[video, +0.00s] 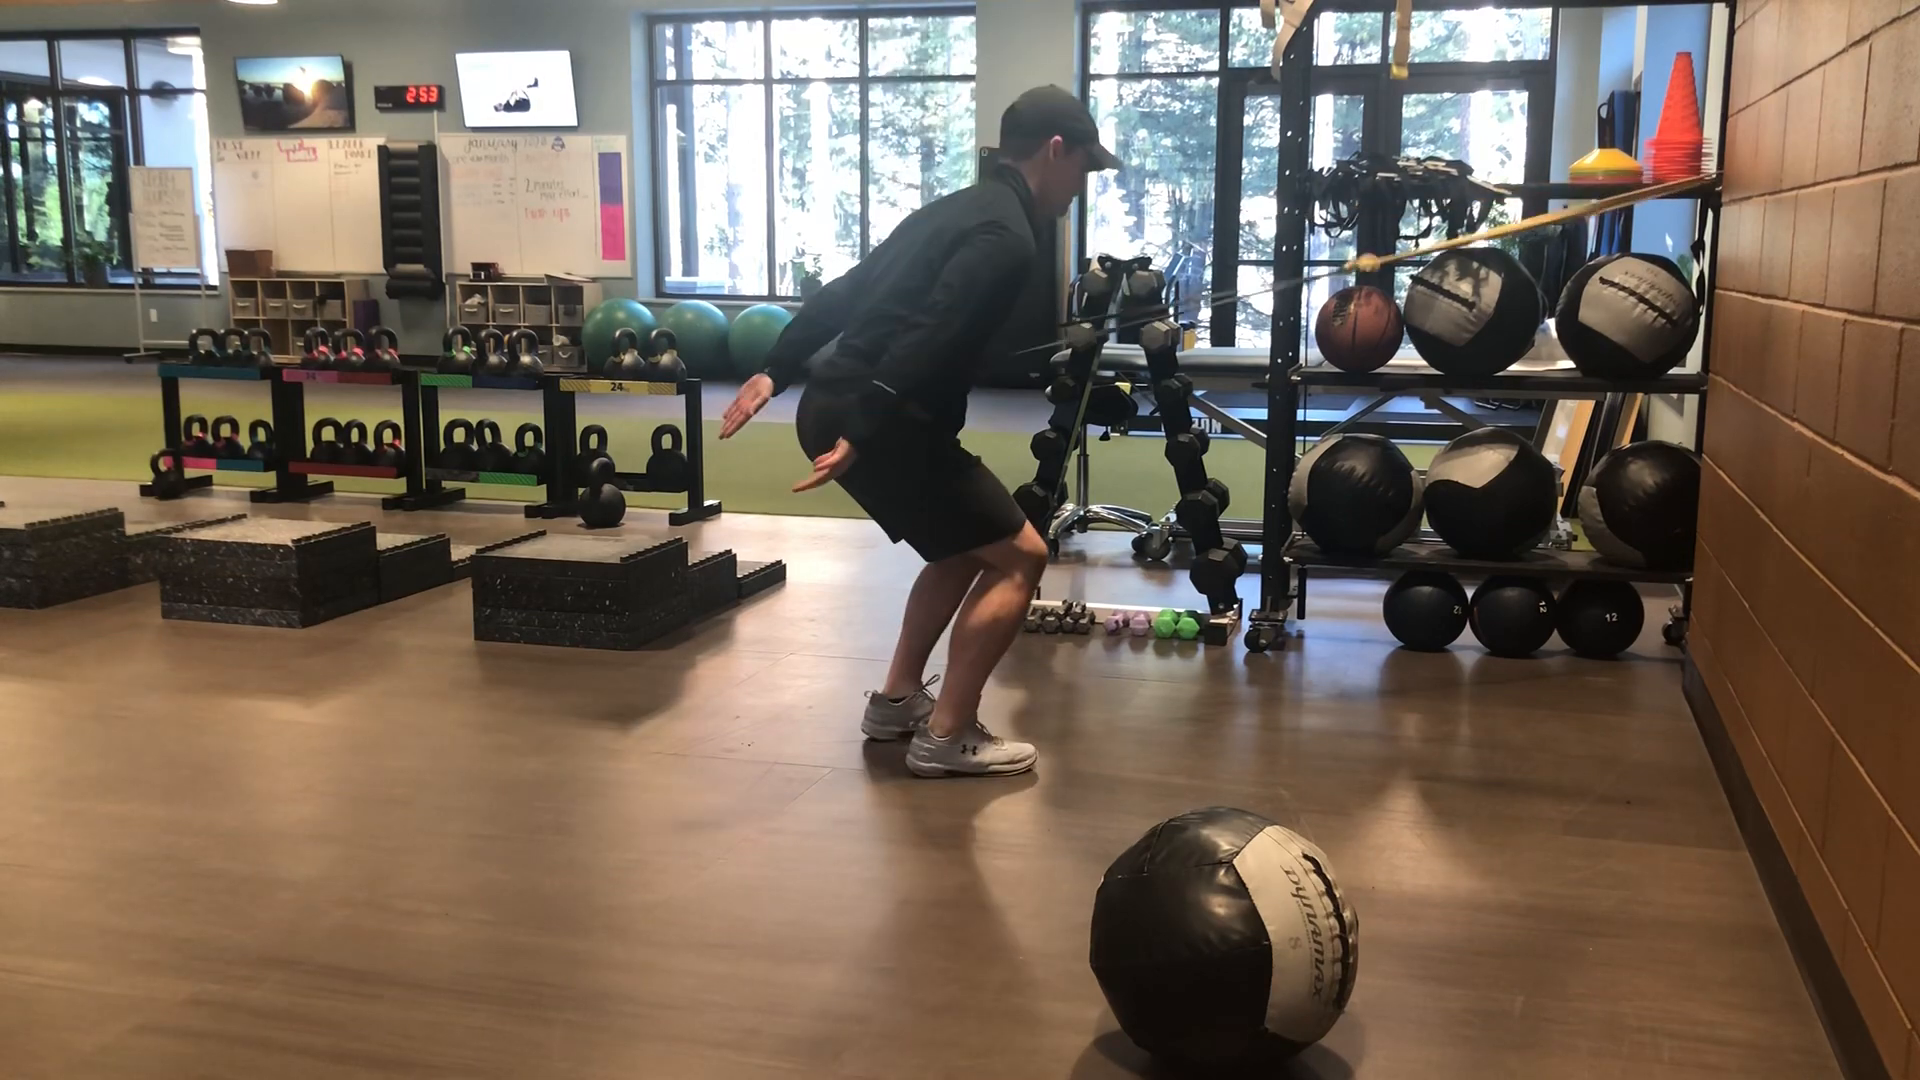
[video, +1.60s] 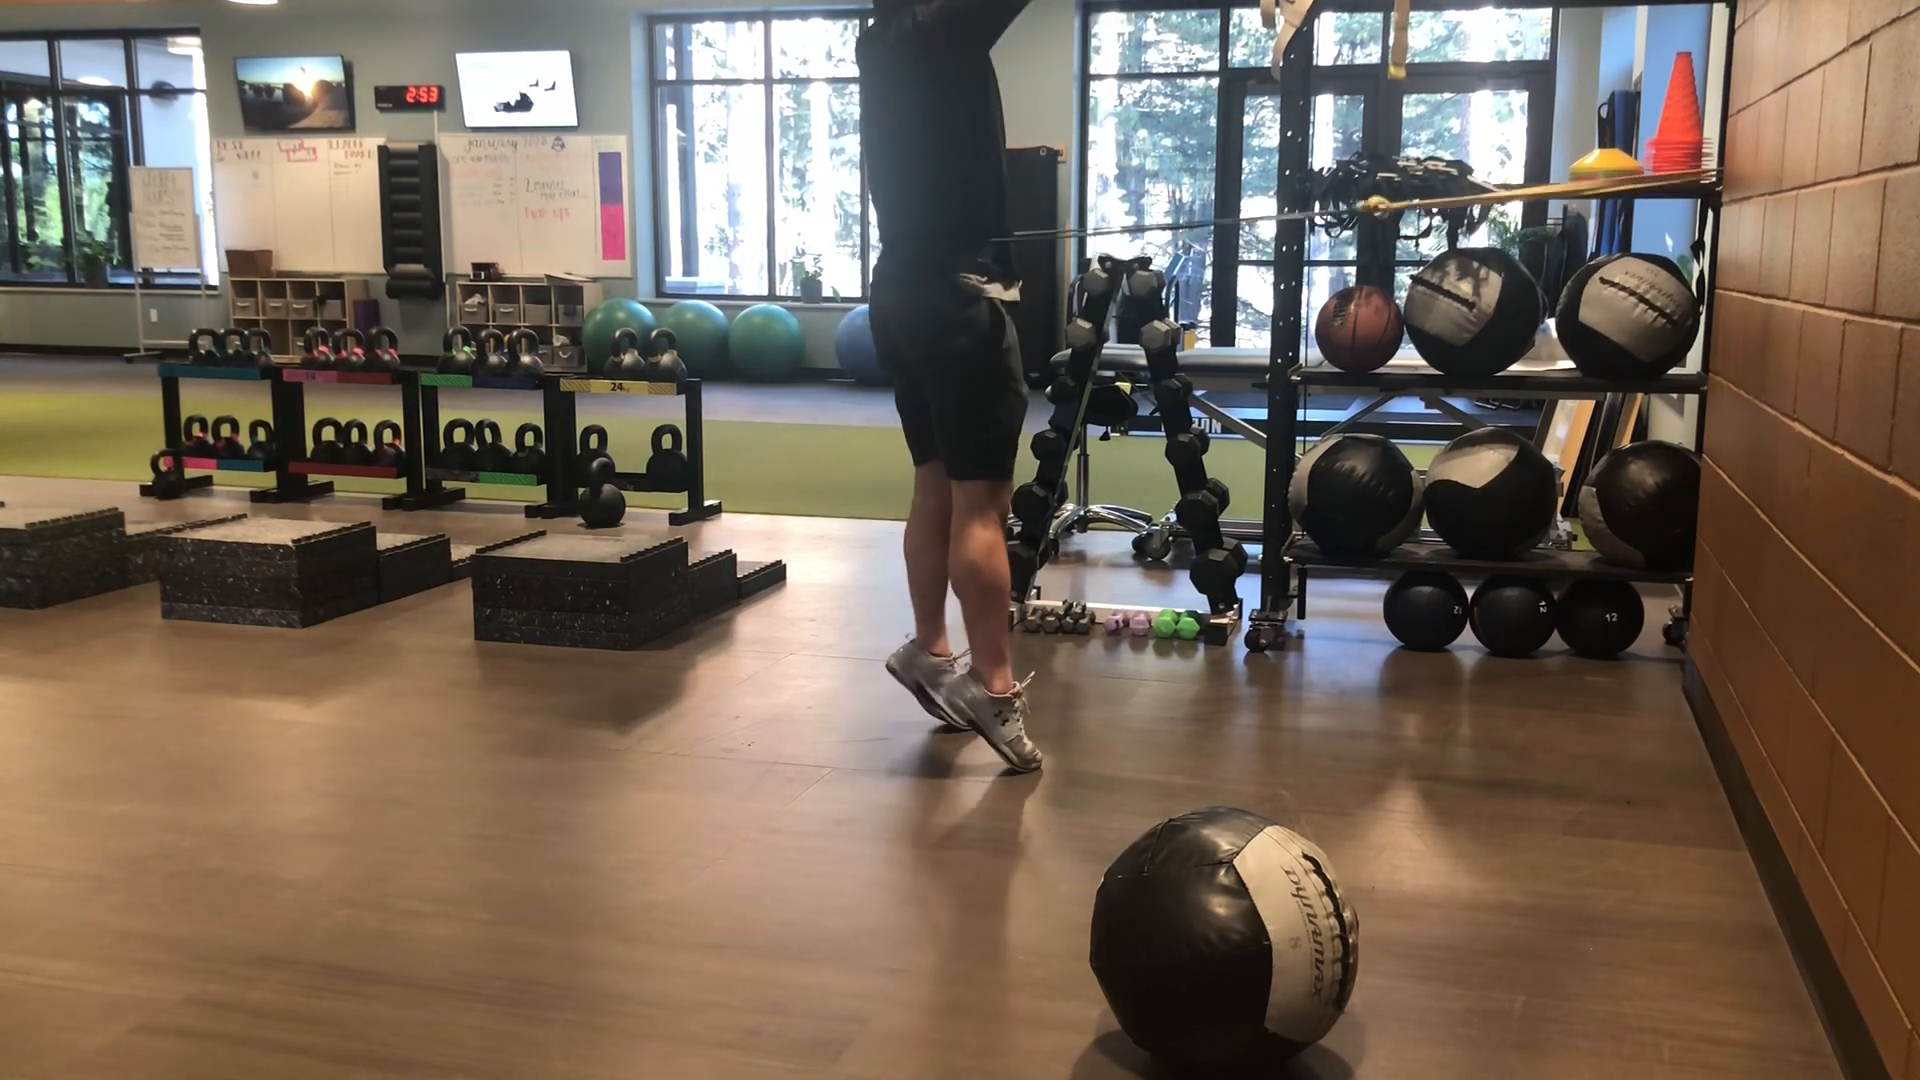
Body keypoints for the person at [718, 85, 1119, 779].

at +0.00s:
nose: (1083, 182)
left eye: (1087, 168)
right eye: (1083, 165)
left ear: (1026, 152)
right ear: (1052, 152)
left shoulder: (952, 210)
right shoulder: (1006, 235)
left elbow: (852, 289)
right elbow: (937, 332)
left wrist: (775, 369)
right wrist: (864, 424)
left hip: (837, 404)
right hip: (883, 418)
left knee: (962, 545)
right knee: (1021, 554)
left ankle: (898, 698)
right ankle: (949, 732)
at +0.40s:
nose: (1049, 77)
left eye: (1050, 62)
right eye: (1046, 59)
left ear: (989, 53)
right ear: (1010, 52)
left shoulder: (927, 135)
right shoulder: (983, 149)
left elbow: (856, 258)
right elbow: (951, 288)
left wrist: (830, 370)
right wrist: (943, 416)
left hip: (858, 364)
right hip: (908, 374)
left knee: (951, 542)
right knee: (1002, 549)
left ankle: (896, 699)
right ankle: (948, 733)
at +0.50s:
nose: (1028, 36)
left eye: (1028, 22)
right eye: (1022, 20)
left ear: (968, 21)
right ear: (989, 16)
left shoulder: (906, 106)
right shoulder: (970, 118)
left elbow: (864, 244)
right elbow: (983, 261)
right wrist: (1008, 380)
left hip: (867, 345)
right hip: (917, 351)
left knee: (943, 528)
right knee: (981, 541)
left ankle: (894, 697)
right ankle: (946, 734)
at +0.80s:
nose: (990, 13)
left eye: (987, 3)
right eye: (985, 3)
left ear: (920, 11)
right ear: (959, 6)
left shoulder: (877, 98)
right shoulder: (955, 103)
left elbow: (908, 237)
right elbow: (983, 240)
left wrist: (991, 292)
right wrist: (1084, 289)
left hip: (879, 335)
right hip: (940, 345)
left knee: (905, 528)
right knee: (948, 546)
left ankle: (891, 699)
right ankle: (944, 732)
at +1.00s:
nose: (978, 10)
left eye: (973, 1)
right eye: (972, 1)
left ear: (907, 12)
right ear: (947, 5)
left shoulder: (873, 99)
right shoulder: (957, 104)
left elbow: (951, 192)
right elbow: (1036, 212)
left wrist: (1047, 173)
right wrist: (1112, 181)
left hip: (878, 335)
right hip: (939, 346)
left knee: (905, 526)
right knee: (944, 543)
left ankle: (891, 701)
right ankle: (943, 732)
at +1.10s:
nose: (975, 10)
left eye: (970, 1)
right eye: (968, 1)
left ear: (902, 13)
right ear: (942, 6)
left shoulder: (872, 97)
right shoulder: (951, 97)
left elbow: (979, 165)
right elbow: (1070, 174)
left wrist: (1055, 120)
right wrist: (1112, 120)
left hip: (883, 341)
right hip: (942, 347)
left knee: (903, 531)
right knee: (944, 548)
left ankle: (890, 701)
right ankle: (943, 732)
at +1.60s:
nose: (977, 12)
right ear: (943, 0)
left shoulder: (875, 44)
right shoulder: (952, 33)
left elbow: (887, 179)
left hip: (900, 292)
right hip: (962, 295)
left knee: (933, 482)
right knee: (982, 503)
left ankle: (928, 647)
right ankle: (994, 686)